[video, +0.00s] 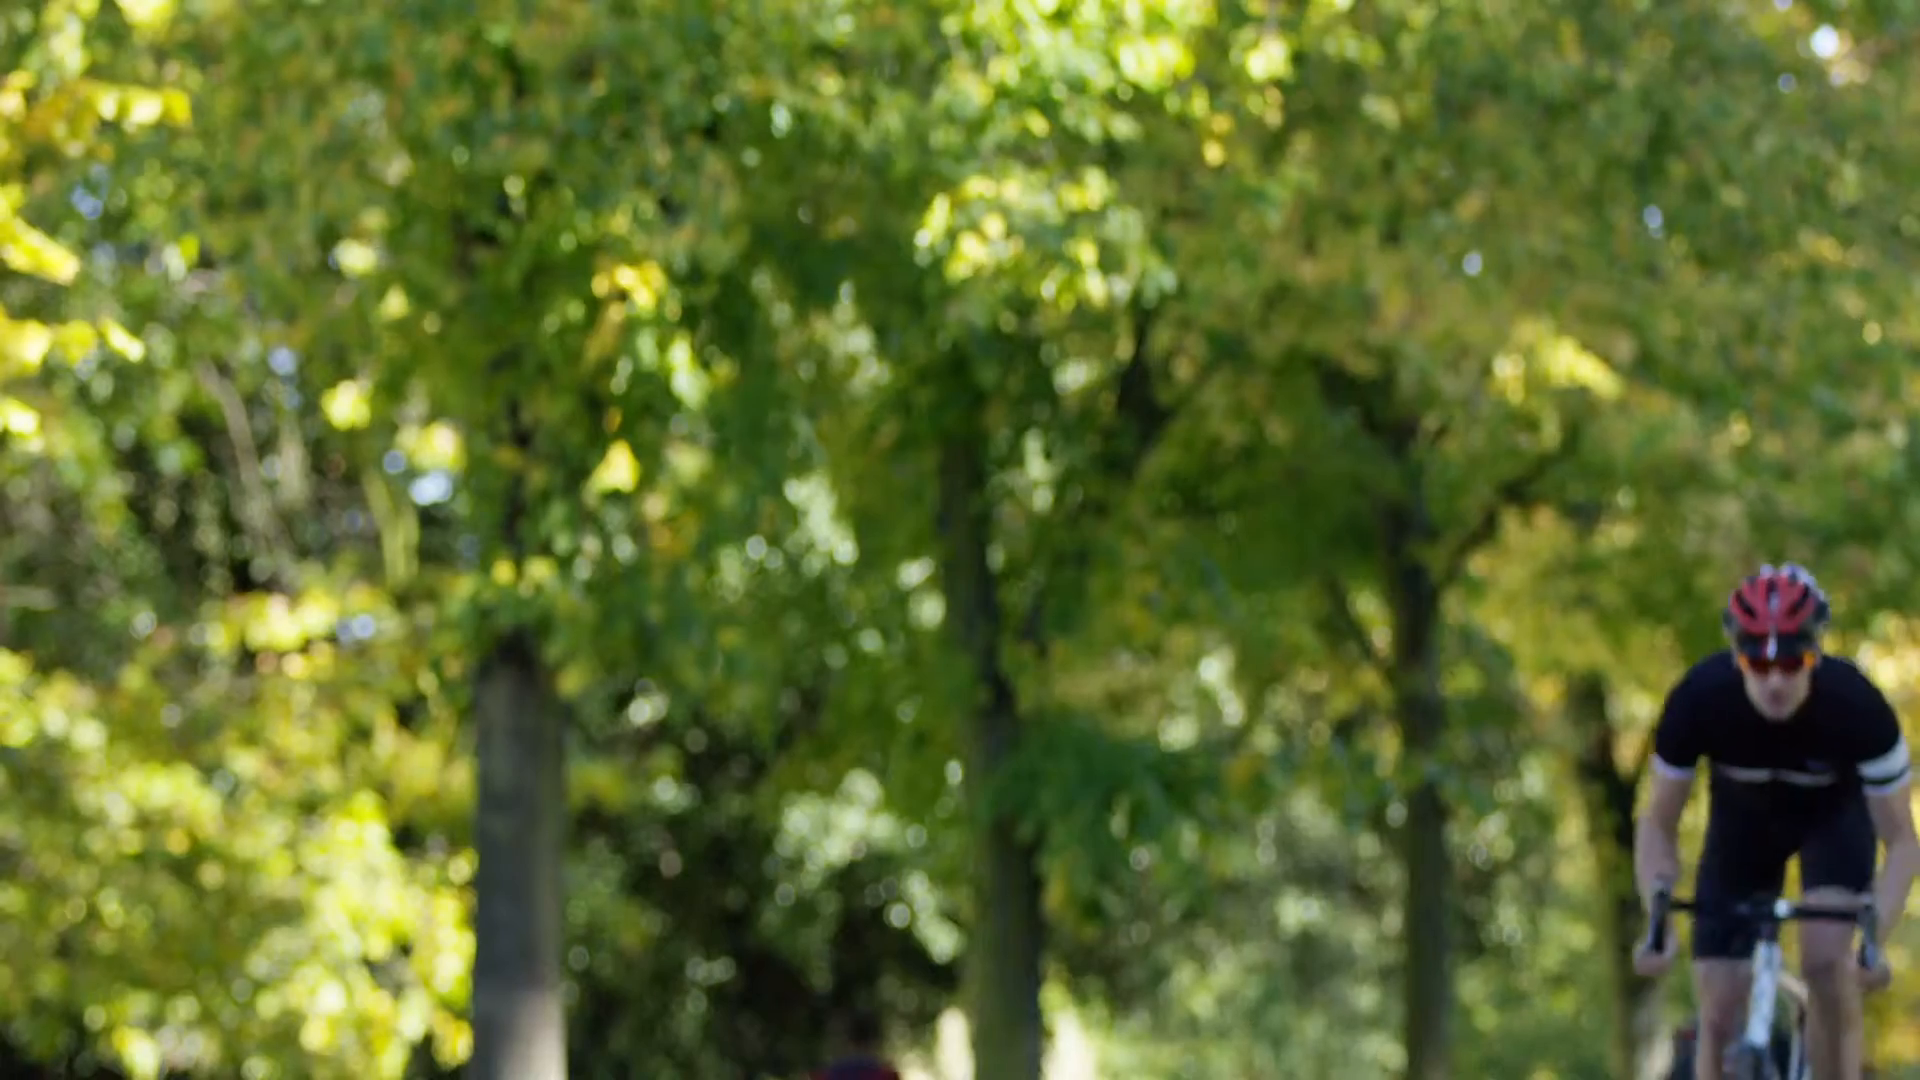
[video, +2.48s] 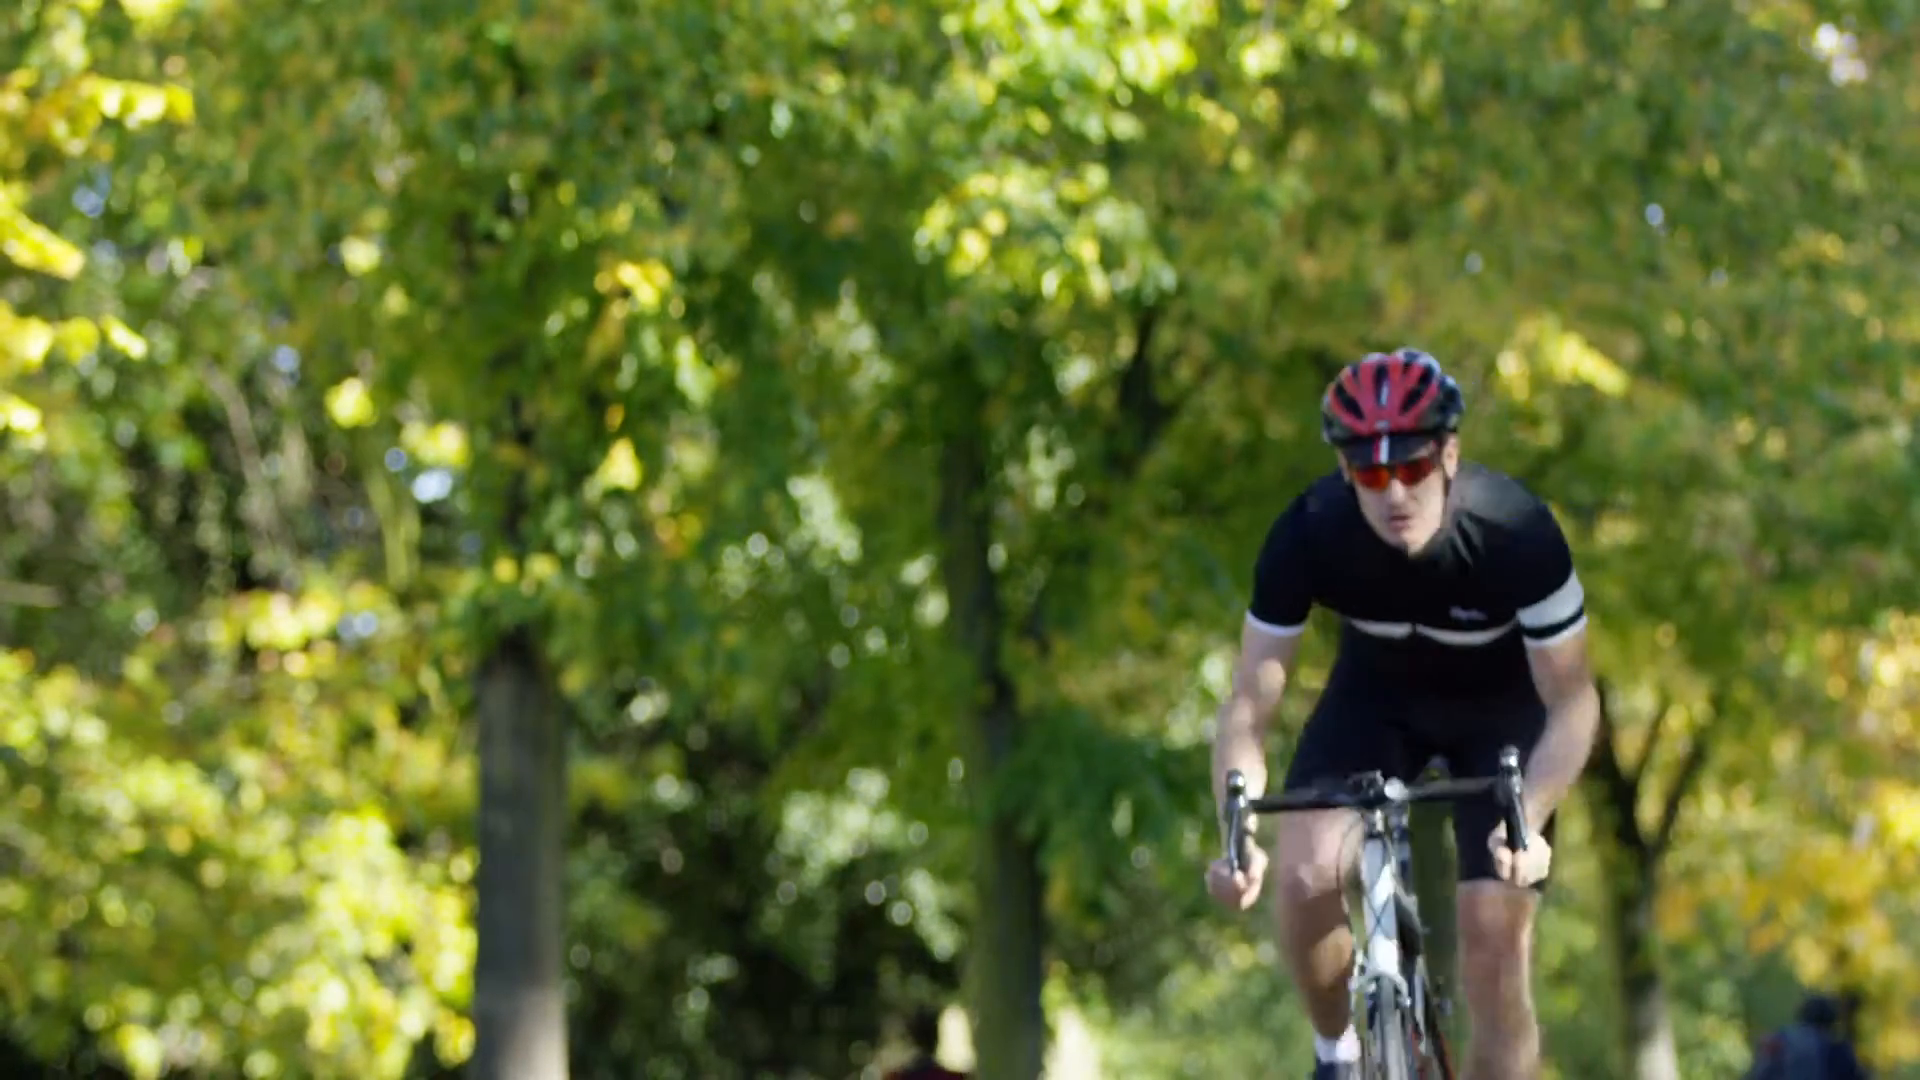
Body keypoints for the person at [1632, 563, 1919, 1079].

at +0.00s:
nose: (1775, 679)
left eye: (1791, 662)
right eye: (1759, 663)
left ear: (1813, 654)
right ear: (1737, 654)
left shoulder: (1855, 702)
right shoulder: (1699, 698)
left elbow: (1900, 836)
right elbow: (1660, 818)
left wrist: (1875, 934)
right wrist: (1657, 913)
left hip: (1834, 817)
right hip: (1740, 817)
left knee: (1827, 964)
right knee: (1719, 1005)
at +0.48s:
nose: (1692, 656)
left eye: (1709, 638)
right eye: (1675, 639)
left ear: (1735, 629)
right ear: (1654, 632)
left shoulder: (1782, 682)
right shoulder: (1621, 678)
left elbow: (1831, 820)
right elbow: (1573, 807)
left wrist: (1787, 917)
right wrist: (1555, 915)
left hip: (1766, 818)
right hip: (1666, 810)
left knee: (1758, 1003)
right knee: (1610, 944)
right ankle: (1631, 1072)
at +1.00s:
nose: (1603, 610)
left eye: (1621, 590)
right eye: (1585, 592)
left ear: (1650, 577)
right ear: (1563, 584)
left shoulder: (1703, 633)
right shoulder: (1526, 644)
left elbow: (1773, 776)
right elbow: (1513, 788)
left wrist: (1774, 897)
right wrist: (1529, 888)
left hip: (1703, 773)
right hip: (1594, 771)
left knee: (1719, 995)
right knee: (1579, 907)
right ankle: (1591, 1074)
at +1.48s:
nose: (1550, 576)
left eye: (1569, 556)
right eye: (1532, 557)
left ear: (1600, 546)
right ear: (1508, 550)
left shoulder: (1640, 610)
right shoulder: (1462, 621)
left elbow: (1726, 763)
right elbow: (1457, 768)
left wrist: (1746, 880)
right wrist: (1495, 871)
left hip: (1641, 757)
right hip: (1527, 770)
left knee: (1688, 924)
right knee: (1543, 981)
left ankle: (1708, 1072)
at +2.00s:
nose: (1495, 530)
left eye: (1514, 508)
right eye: (1474, 511)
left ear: (1546, 493)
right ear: (1446, 499)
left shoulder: (1595, 568)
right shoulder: (1395, 564)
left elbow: (1641, 733)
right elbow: (1350, 718)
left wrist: (1626, 854)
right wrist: (1356, 842)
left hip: (1564, 704)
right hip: (1447, 710)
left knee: (1571, 868)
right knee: (1434, 942)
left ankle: (1584, 1071)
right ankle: (1434, 1072)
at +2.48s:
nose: (1394, 494)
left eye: (1414, 470)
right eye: (1371, 475)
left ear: (1451, 454)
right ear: (1345, 470)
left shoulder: (1516, 532)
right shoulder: (1309, 534)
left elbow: (1571, 698)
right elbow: (1251, 702)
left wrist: (1529, 817)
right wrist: (1238, 831)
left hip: (1499, 698)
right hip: (1373, 692)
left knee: (1496, 933)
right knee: (1307, 877)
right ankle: (1337, 1058)